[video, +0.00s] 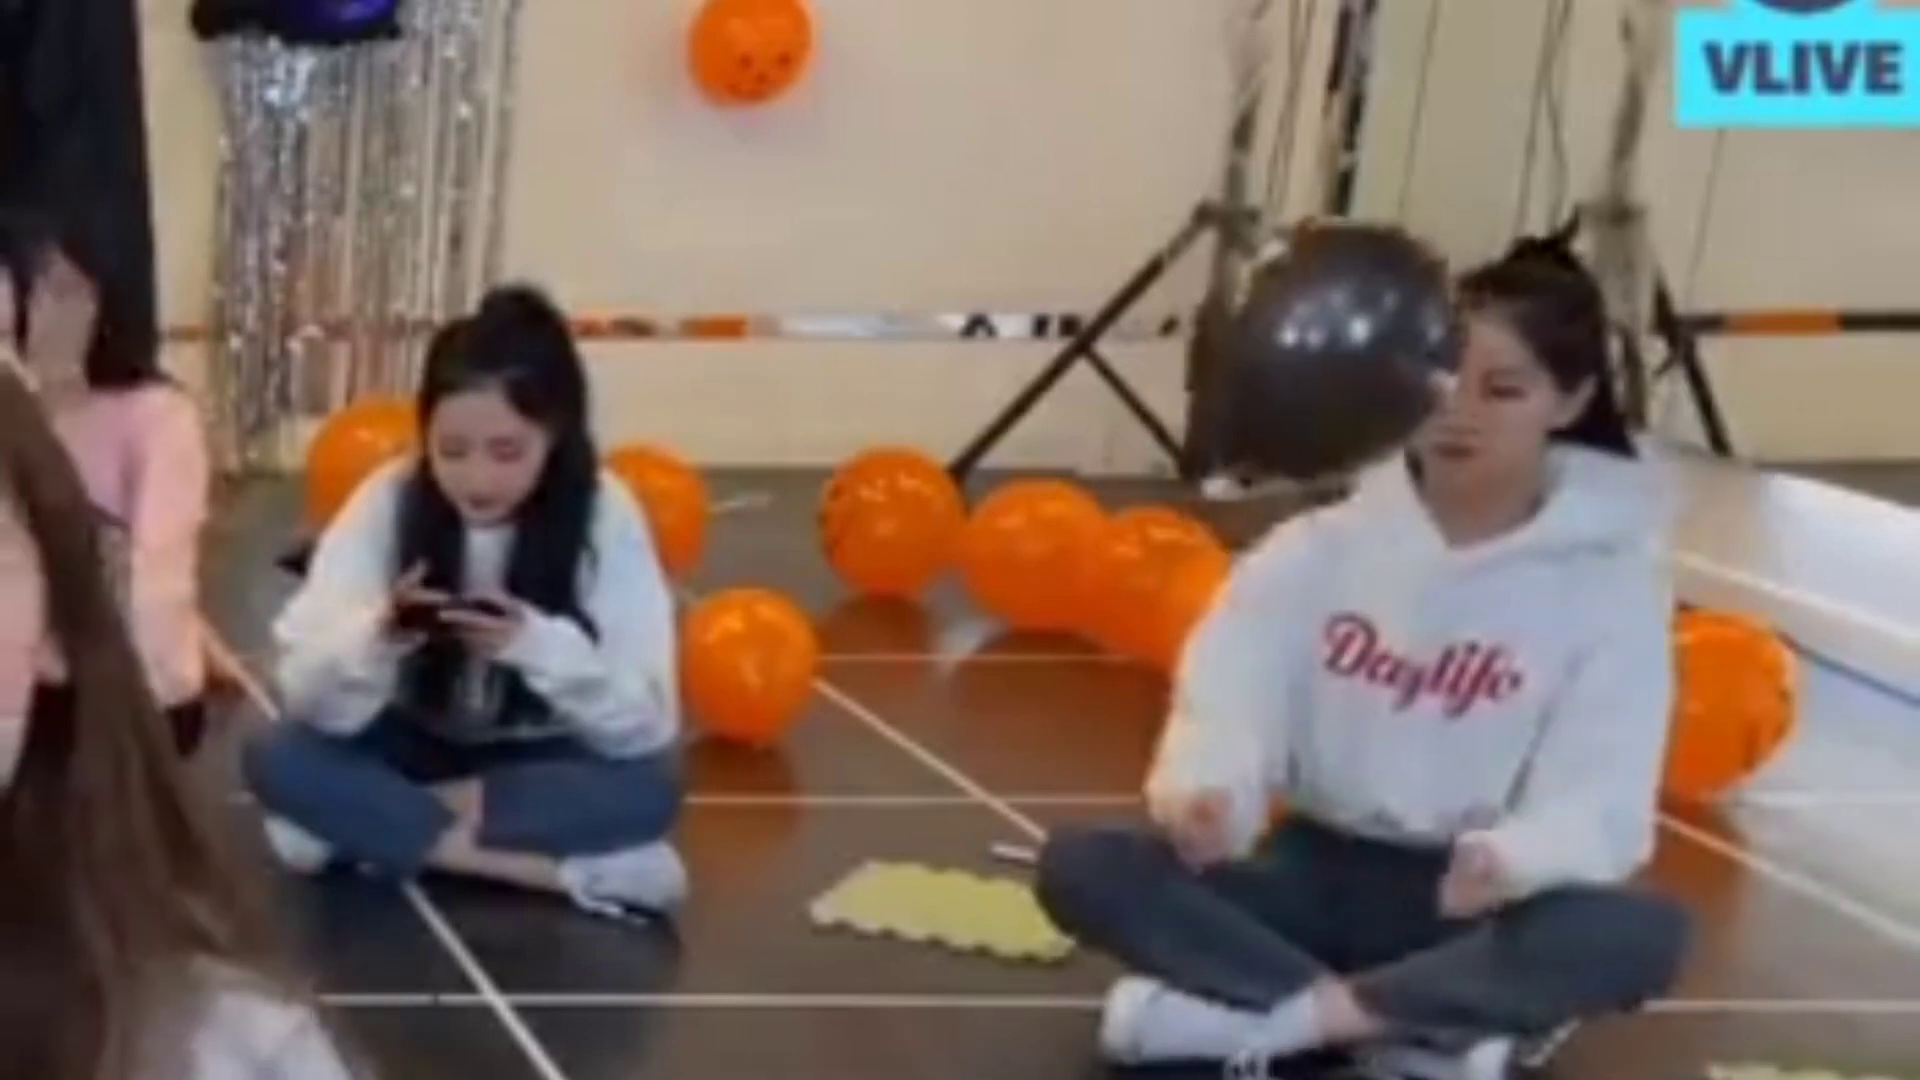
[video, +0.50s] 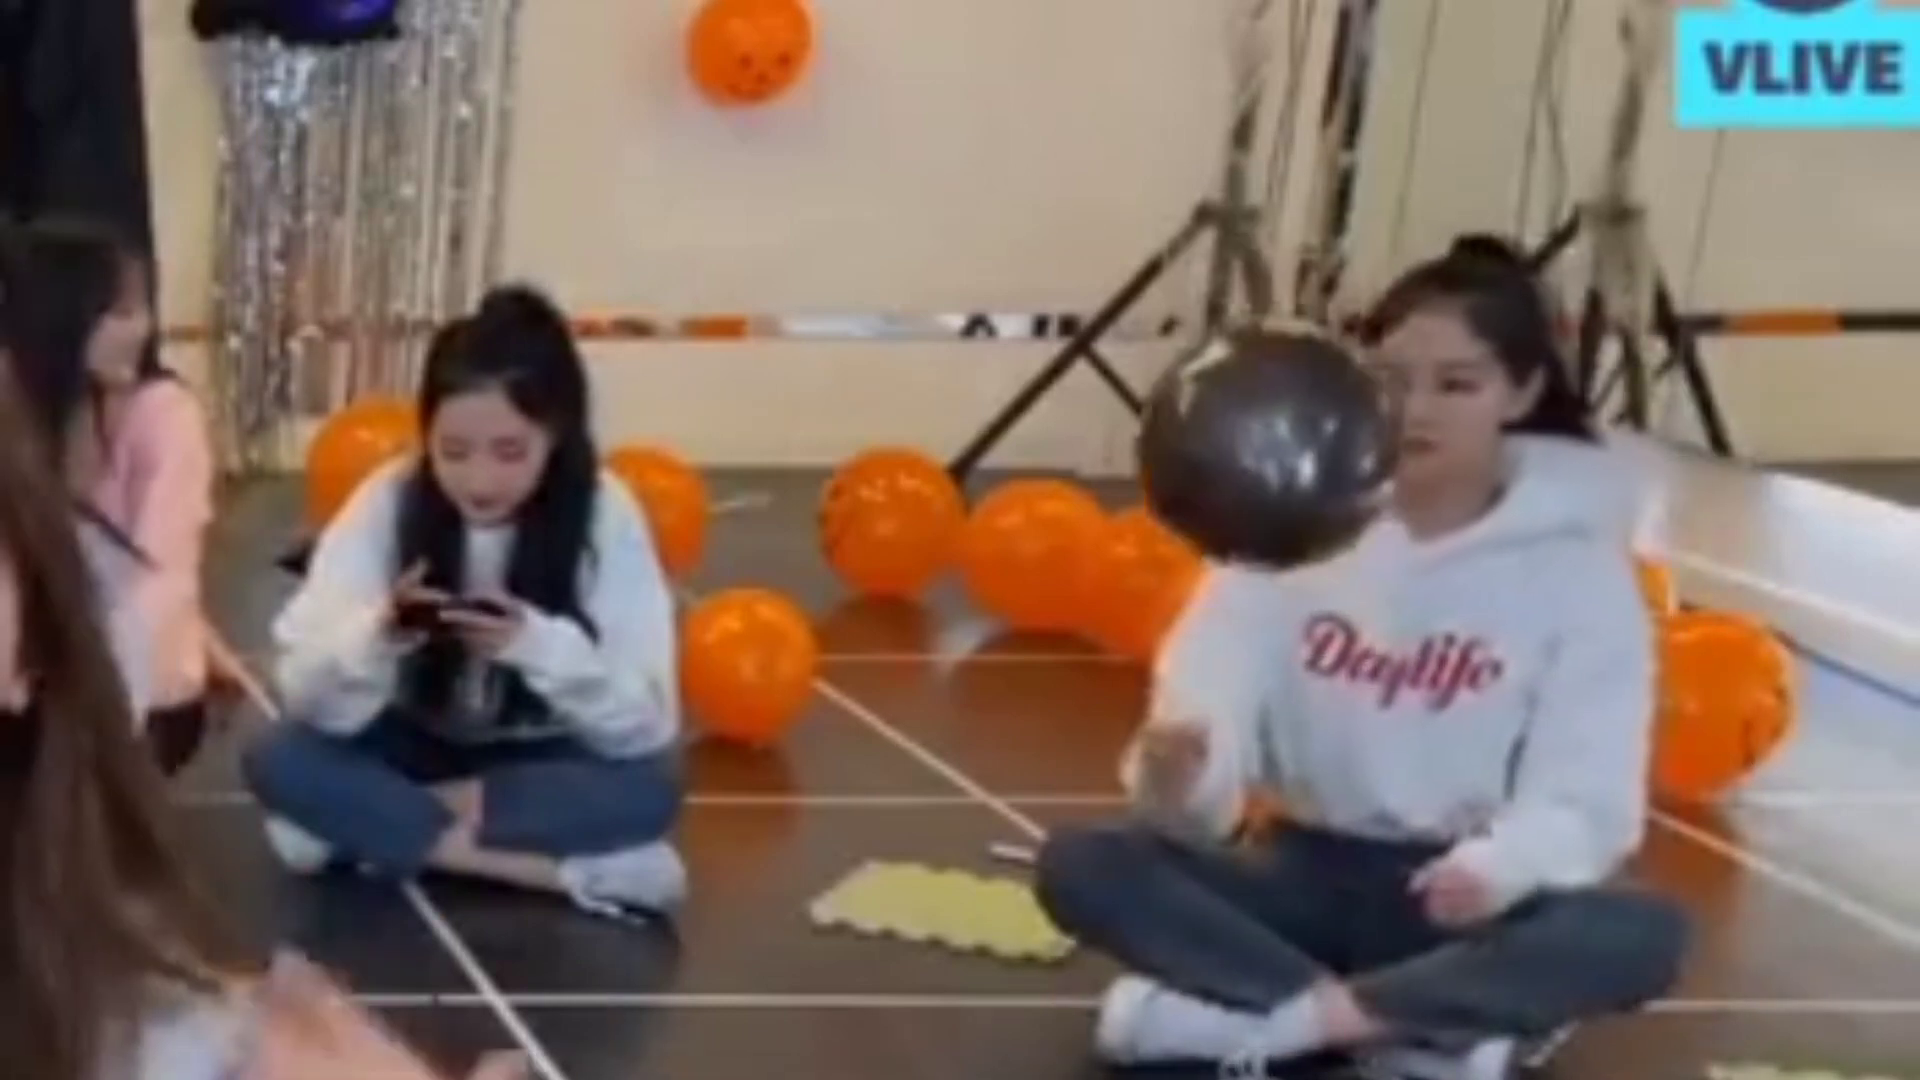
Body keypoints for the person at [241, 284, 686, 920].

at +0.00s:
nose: (477, 481)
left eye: (506, 454)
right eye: (452, 453)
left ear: (557, 440)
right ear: (423, 437)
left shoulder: (603, 515)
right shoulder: (388, 501)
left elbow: (645, 723)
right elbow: (309, 700)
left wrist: (533, 645)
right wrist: (383, 636)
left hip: (544, 745)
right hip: (408, 736)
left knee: (648, 791)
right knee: (275, 757)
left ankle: (367, 837)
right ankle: (548, 876)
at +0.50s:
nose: (479, 482)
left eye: (510, 455)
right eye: (454, 454)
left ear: (558, 441)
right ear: (424, 437)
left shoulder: (603, 515)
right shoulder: (388, 501)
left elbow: (645, 724)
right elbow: (308, 700)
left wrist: (533, 645)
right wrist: (383, 634)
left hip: (545, 745)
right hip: (410, 736)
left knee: (647, 792)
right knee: (276, 759)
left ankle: (366, 838)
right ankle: (548, 877)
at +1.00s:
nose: (479, 483)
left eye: (510, 455)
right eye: (454, 454)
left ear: (558, 440)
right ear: (425, 438)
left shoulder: (603, 515)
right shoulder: (388, 501)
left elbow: (645, 724)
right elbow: (308, 699)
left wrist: (531, 644)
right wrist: (383, 638)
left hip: (545, 743)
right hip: (409, 735)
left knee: (648, 791)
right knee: (275, 757)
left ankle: (367, 837)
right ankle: (550, 877)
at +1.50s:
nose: (480, 484)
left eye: (510, 456)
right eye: (454, 455)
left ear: (558, 440)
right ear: (425, 438)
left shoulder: (603, 515)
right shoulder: (387, 501)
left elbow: (645, 724)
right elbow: (307, 700)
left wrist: (532, 644)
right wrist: (383, 639)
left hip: (545, 743)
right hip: (408, 735)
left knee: (648, 790)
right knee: (277, 759)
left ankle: (366, 837)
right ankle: (549, 877)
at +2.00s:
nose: (481, 483)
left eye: (512, 457)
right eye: (456, 455)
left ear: (559, 442)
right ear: (426, 438)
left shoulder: (603, 514)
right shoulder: (389, 502)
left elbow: (646, 724)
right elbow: (306, 699)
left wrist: (533, 644)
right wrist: (382, 637)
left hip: (544, 744)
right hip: (408, 736)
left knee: (649, 792)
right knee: (279, 758)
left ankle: (364, 838)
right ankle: (549, 877)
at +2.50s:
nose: (483, 485)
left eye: (513, 457)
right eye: (457, 456)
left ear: (558, 442)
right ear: (427, 440)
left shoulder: (605, 515)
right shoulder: (390, 502)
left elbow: (646, 725)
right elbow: (304, 699)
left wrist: (535, 646)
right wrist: (382, 641)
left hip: (543, 744)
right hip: (407, 736)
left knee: (647, 793)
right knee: (296, 768)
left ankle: (375, 835)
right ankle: (550, 877)